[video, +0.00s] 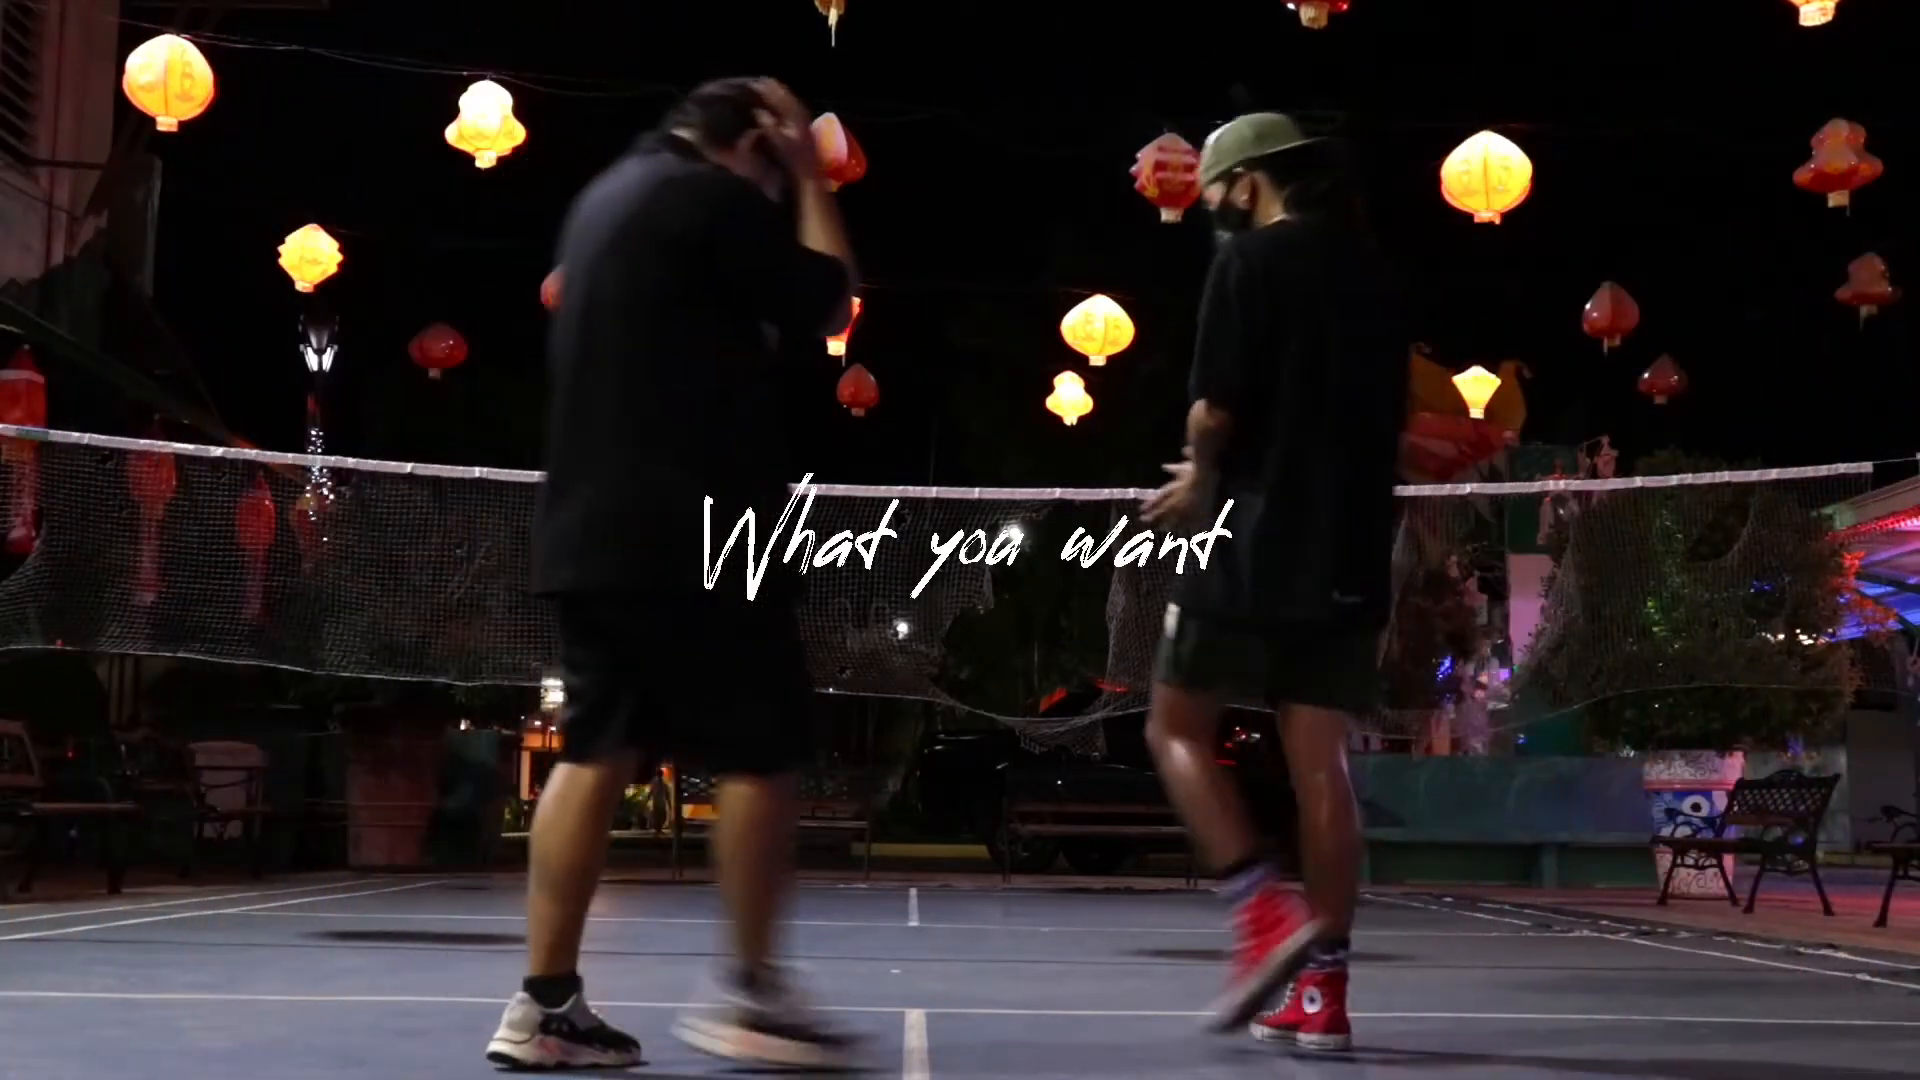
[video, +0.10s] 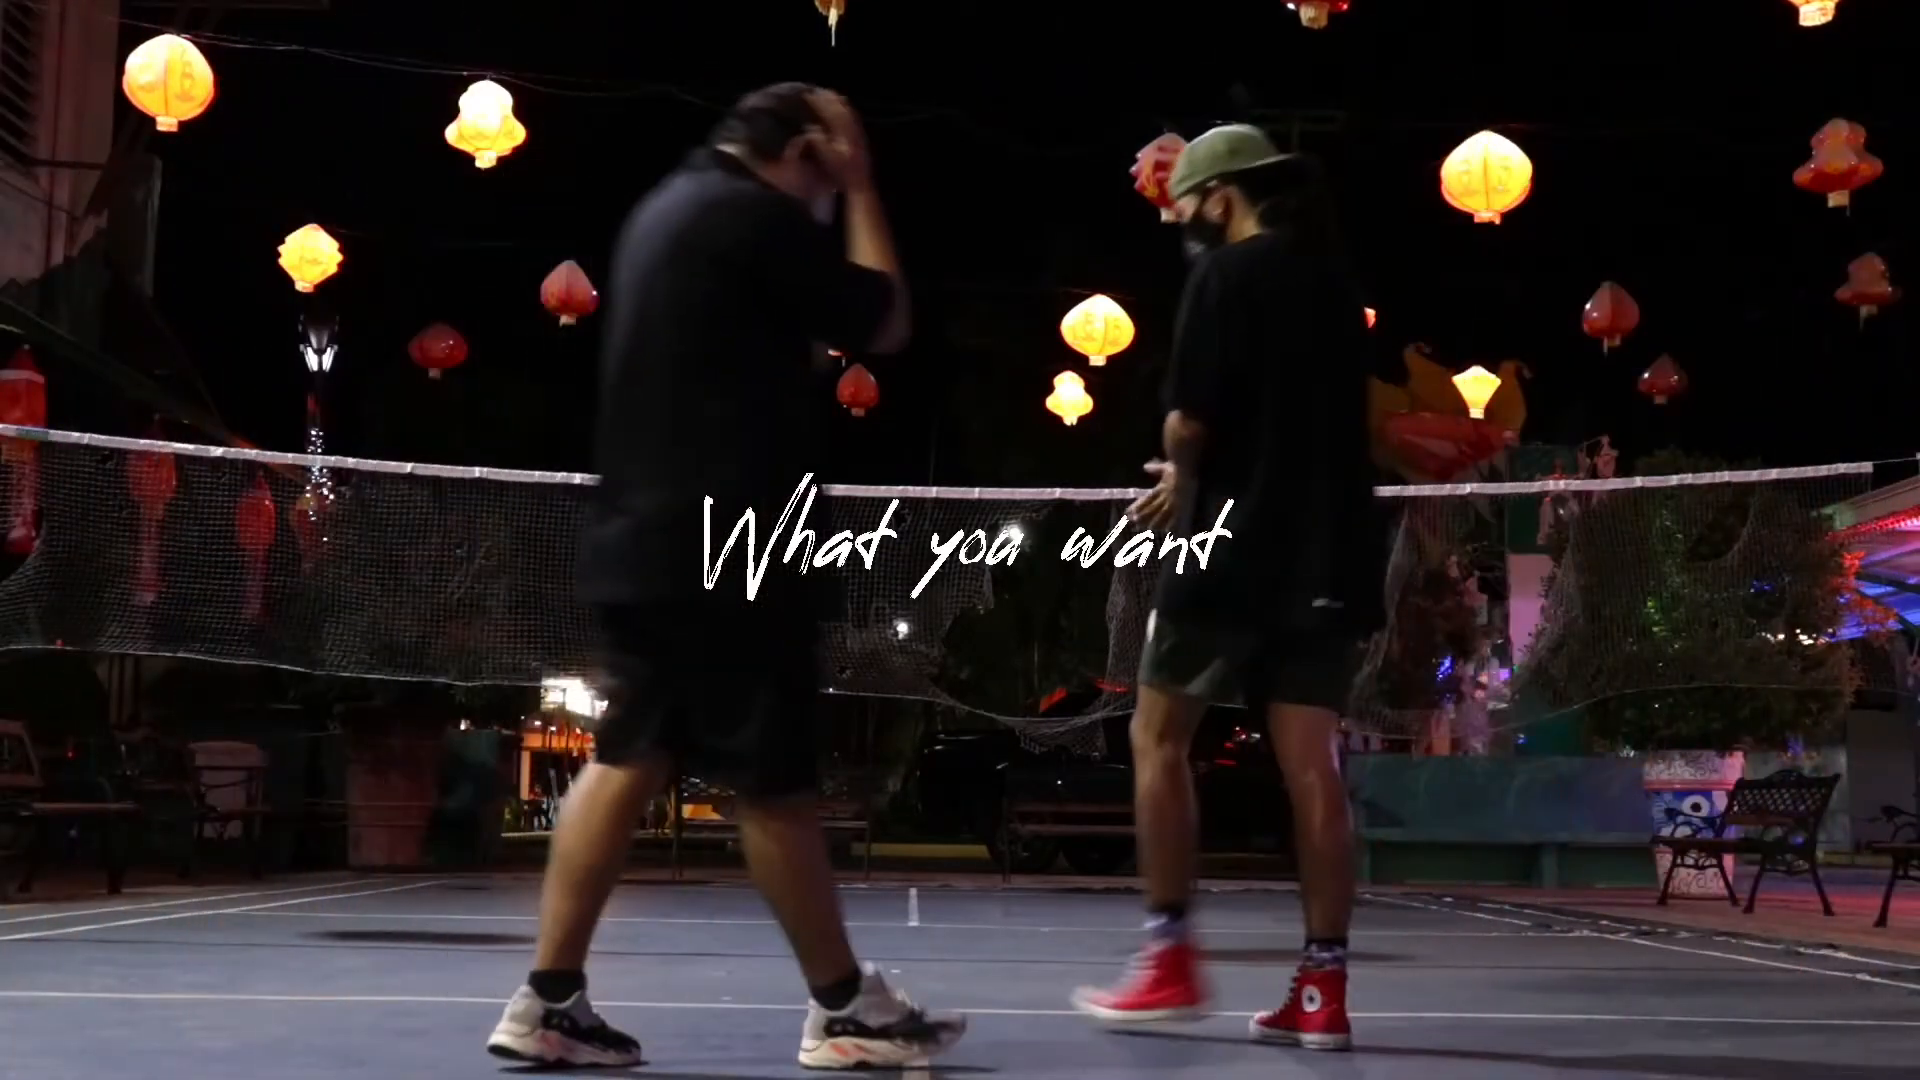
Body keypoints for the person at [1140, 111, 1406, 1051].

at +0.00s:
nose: (1221, 212)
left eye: (1222, 196)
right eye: (1219, 197)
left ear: (1253, 185)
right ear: (1308, 181)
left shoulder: (1247, 259)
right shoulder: (1370, 268)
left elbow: (1215, 410)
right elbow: (1367, 424)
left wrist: (1200, 475)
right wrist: (1206, 481)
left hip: (1254, 544)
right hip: (1348, 553)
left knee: (1177, 730)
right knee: (1322, 760)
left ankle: (1260, 902)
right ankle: (1321, 987)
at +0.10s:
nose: (1192, 225)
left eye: (1194, 209)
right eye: (1189, 211)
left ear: (1227, 197)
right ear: (1272, 195)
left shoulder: (1223, 275)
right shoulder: (1332, 281)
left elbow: (1187, 422)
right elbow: (1327, 423)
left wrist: (1177, 486)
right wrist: (1187, 475)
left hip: (1230, 551)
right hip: (1331, 551)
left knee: (1158, 735)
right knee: (1311, 758)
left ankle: (1168, 961)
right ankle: (1325, 987)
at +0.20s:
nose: (1166, 235)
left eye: (1169, 219)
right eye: (1162, 221)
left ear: (1204, 207)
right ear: (1244, 206)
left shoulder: (1200, 288)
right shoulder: (1306, 286)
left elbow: (1171, 437)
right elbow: (1303, 428)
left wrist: (1164, 498)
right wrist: (1171, 486)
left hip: (1210, 560)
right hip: (1305, 552)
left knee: (1157, 752)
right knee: (1303, 762)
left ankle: (1120, 959)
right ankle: (1320, 984)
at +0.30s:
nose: (1130, 246)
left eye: (1135, 229)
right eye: (1129, 230)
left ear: (1171, 224)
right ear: (1208, 223)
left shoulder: (1164, 309)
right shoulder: (1271, 311)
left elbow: (1137, 455)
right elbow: (1273, 447)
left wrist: (1119, 504)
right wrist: (1132, 497)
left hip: (1178, 578)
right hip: (1273, 572)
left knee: (1139, 768)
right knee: (1285, 773)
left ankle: (1106, 965)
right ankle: (1318, 983)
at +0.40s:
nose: (1100, 256)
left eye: (1104, 241)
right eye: (1099, 242)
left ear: (1138, 235)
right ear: (1179, 233)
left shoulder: (1133, 325)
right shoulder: (1246, 316)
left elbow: (1102, 468)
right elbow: (1255, 455)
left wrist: (1088, 516)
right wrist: (1111, 493)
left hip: (1145, 583)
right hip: (1244, 576)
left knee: (1118, 770)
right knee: (1253, 759)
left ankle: (1097, 969)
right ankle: (1314, 967)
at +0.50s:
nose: (1062, 254)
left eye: (1068, 240)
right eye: (1063, 240)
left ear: (1101, 239)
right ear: (1144, 238)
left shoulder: (1098, 325)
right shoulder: (1207, 323)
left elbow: (1057, 449)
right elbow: (1227, 448)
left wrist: (1073, 512)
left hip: (1105, 570)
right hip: (1200, 566)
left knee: (1089, 766)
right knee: (1195, 762)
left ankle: (1095, 972)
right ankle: (1278, 907)